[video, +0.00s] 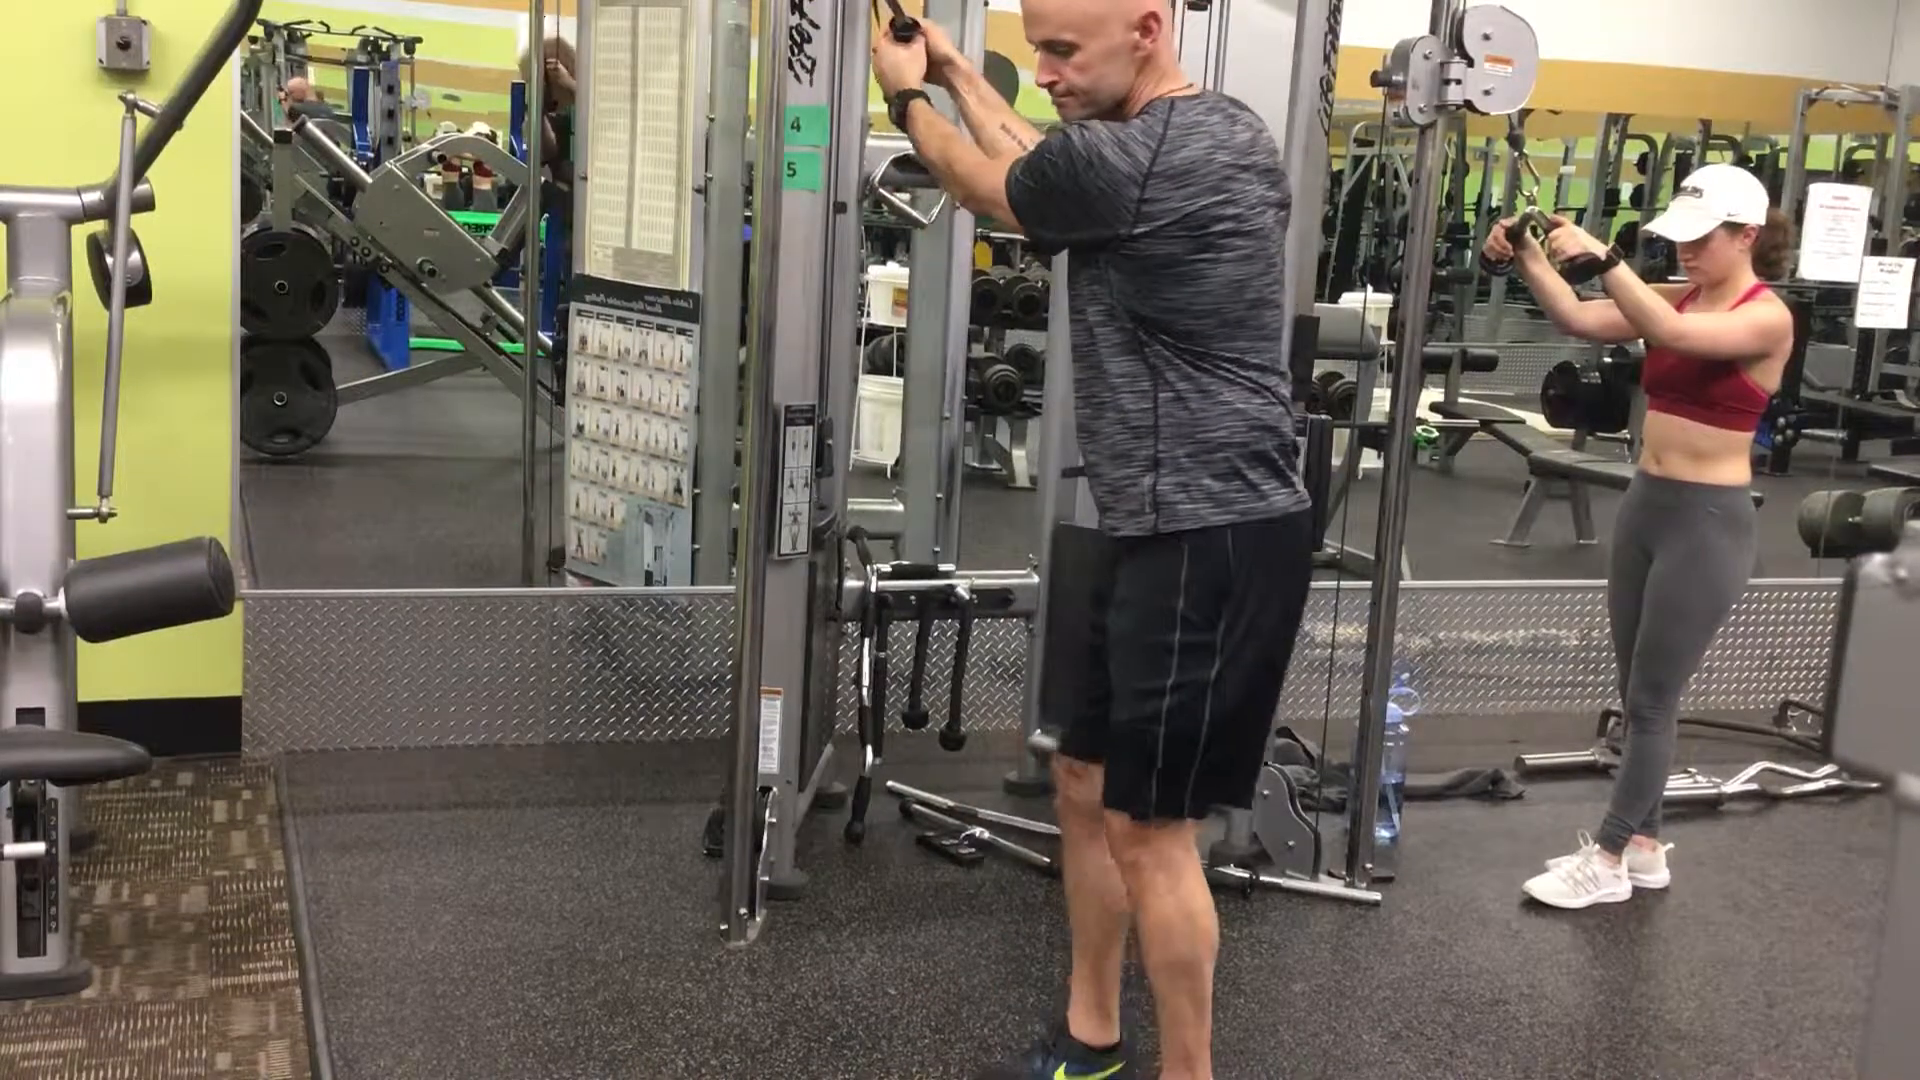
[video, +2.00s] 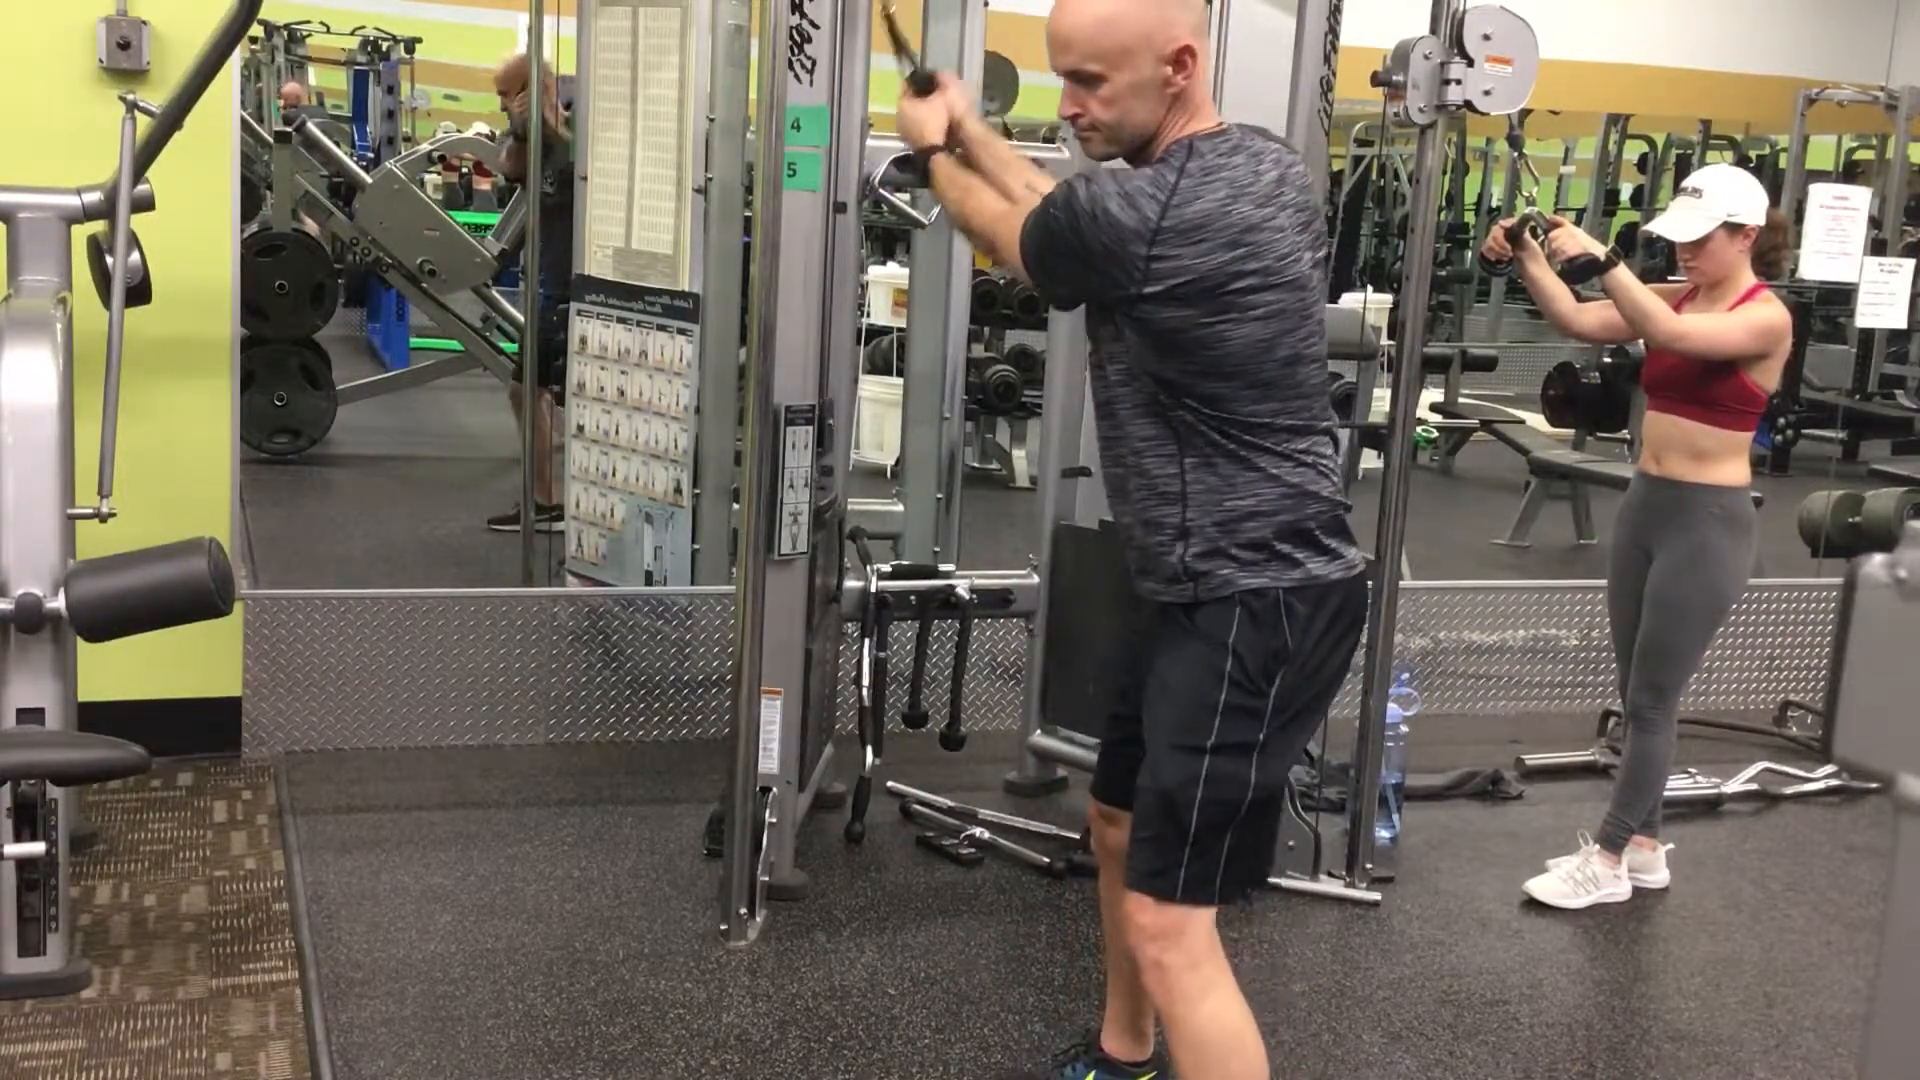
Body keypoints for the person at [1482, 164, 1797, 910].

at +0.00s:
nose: (1683, 252)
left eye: (1698, 238)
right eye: (1679, 239)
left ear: (1746, 236)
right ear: (1679, 238)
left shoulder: (1770, 317)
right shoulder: (1675, 302)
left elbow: (1672, 331)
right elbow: (1579, 316)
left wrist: (1602, 257)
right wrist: (1525, 258)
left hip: (1709, 523)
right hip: (1642, 508)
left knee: (1652, 698)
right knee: (1639, 692)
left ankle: (1605, 859)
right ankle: (1646, 846)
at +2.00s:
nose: (1681, 252)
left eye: (1697, 238)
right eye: (1677, 239)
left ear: (1746, 236)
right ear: (1677, 238)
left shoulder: (1768, 317)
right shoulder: (1674, 300)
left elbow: (1669, 331)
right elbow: (1578, 318)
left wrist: (1600, 258)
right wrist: (1525, 257)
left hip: (1709, 524)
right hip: (1642, 510)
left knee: (1651, 698)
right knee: (1638, 693)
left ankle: (1606, 858)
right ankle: (1646, 846)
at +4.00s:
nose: (1674, 255)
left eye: (1687, 242)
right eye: (1670, 243)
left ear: (1735, 237)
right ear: (1674, 242)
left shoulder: (1766, 316)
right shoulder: (1672, 301)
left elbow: (1668, 336)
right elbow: (1572, 323)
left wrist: (1597, 260)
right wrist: (1521, 260)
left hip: (1711, 524)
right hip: (1644, 509)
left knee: (1653, 699)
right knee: (1639, 693)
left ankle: (1606, 859)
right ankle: (1645, 846)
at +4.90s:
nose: (1679, 253)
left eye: (1694, 239)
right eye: (1675, 240)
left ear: (1743, 236)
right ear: (1679, 239)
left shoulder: (1769, 317)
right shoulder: (1677, 301)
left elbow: (1670, 333)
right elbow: (1580, 322)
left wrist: (1602, 260)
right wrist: (1526, 258)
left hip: (1710, 523)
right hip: (1643, 508)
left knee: (1652, 698)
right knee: (1638, 691)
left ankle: (1606, 859)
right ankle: (1646, 846)